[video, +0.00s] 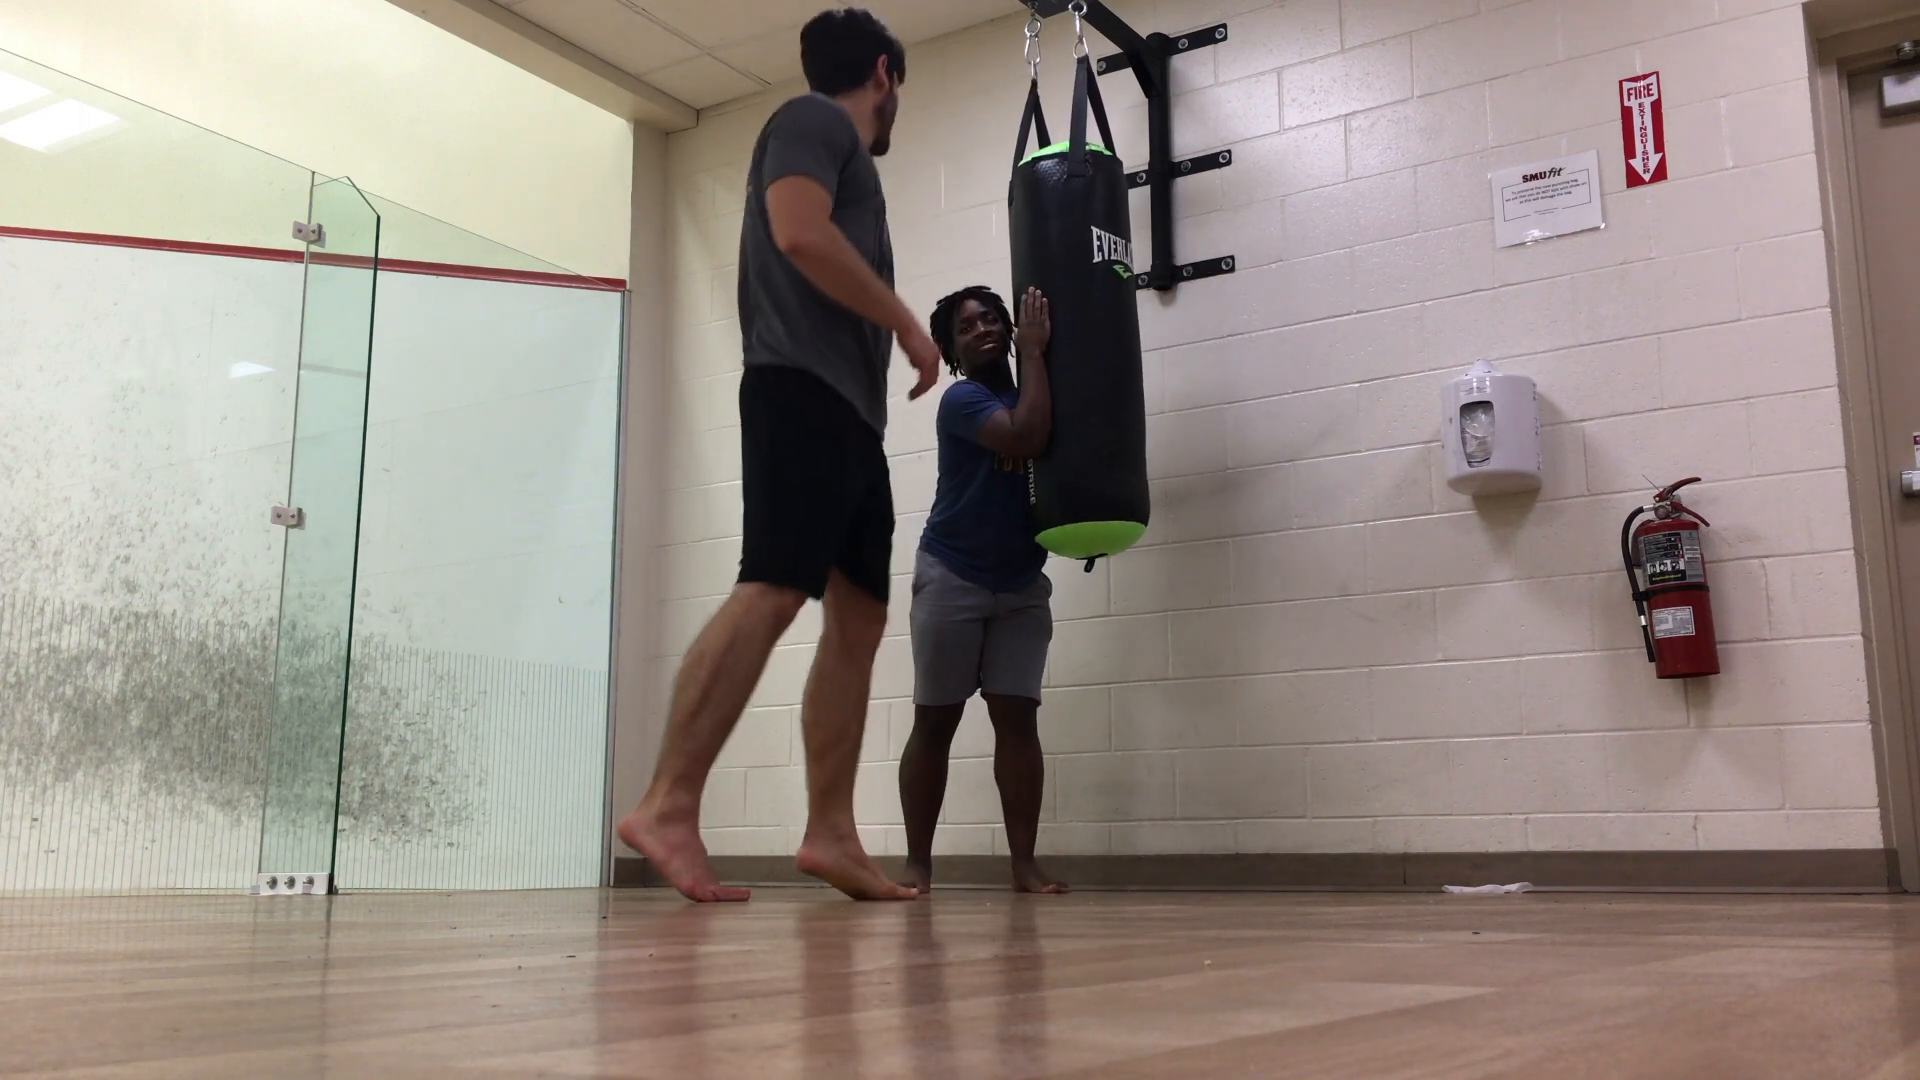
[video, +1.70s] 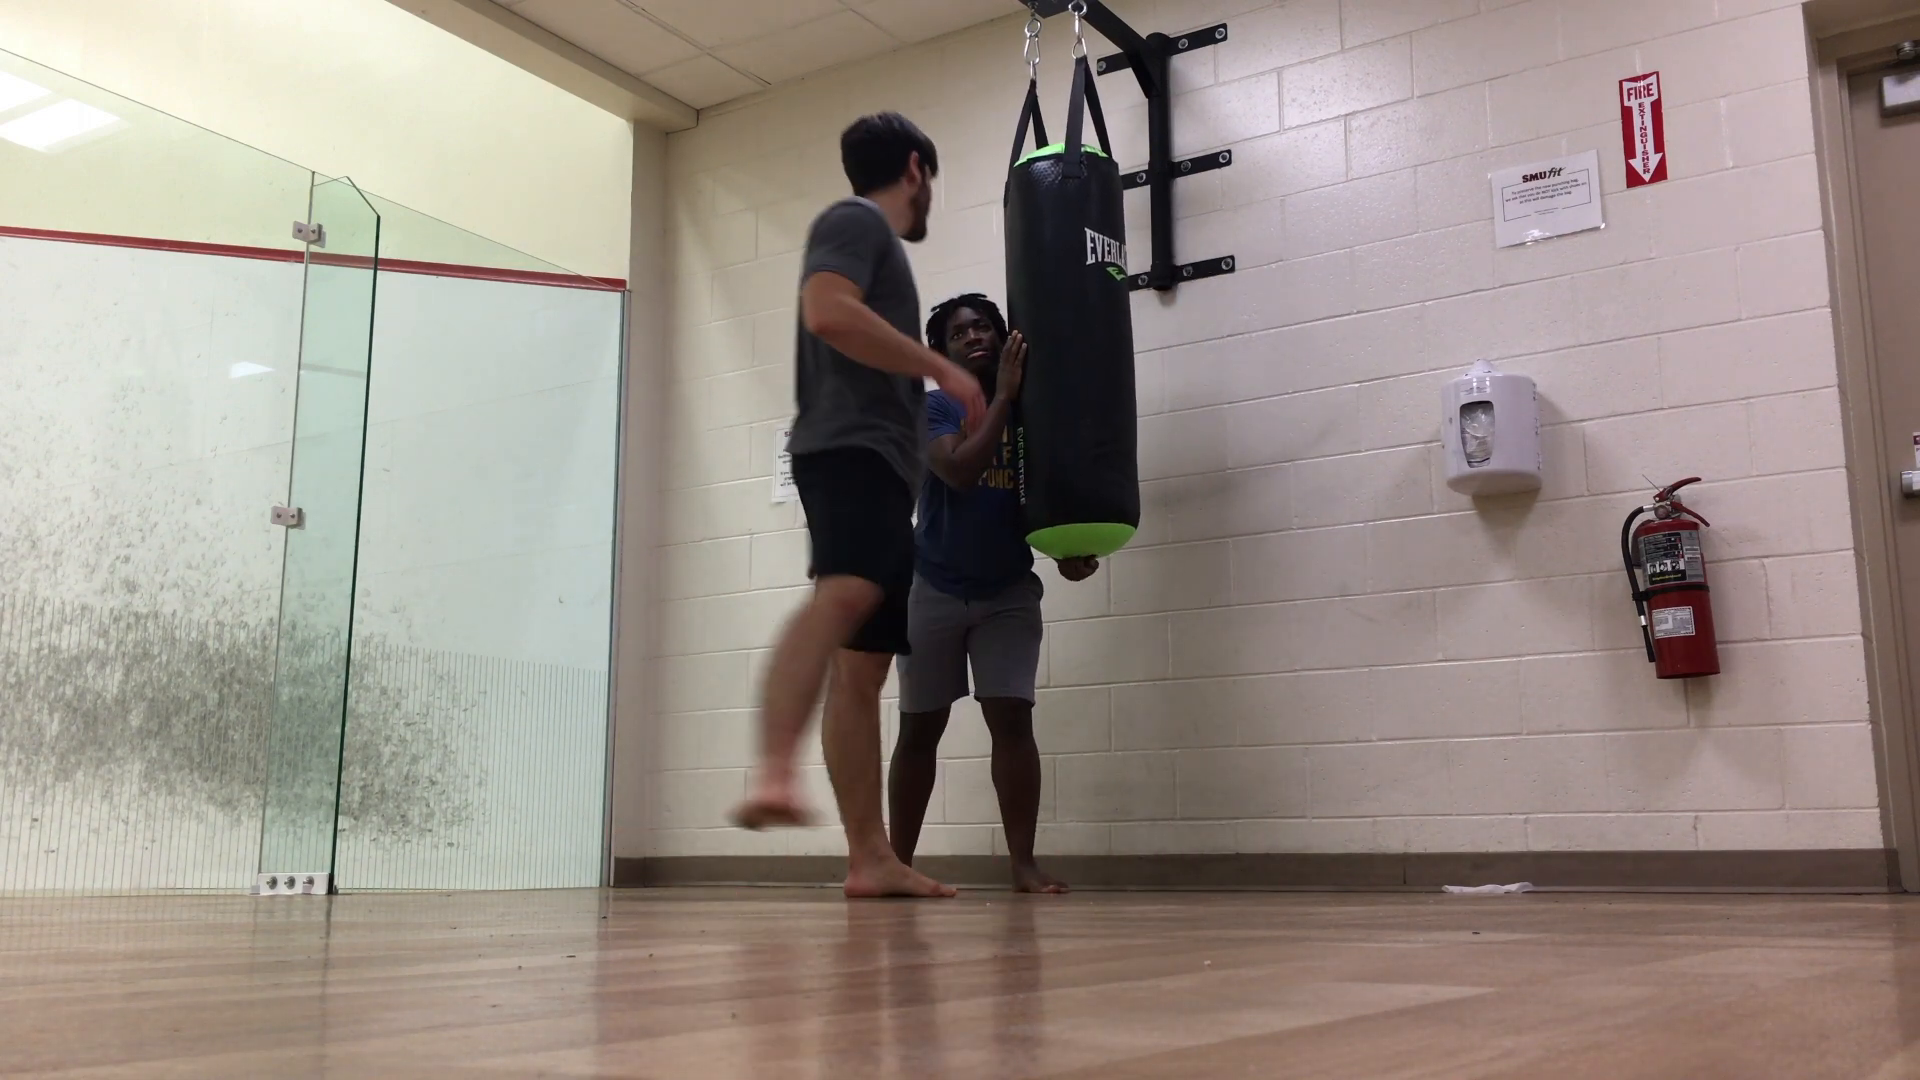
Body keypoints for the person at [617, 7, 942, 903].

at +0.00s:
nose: (896, 105)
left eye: (897, 90)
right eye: (897, 87)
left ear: (836, 73)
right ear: (880, 73)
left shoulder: (841, 161)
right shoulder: (812, 119)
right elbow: (798, 229)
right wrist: (902, 319)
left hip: (843, 406)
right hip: (795, 391)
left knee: (859, 611)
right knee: (774, 589)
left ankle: (831, 832)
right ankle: (665, 813)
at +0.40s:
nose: (911, 159)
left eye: (908, 148)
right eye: (913, 146)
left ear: (838, 146)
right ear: (903, 140)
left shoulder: (811, 220)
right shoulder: (879, 186)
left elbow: (831, 359)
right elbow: (874, 296)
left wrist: (926, 437)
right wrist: (919, 425)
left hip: (801, 441)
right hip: (836, 438)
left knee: (822, 649)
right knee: (818, 625)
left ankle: (862, 857)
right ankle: (693, 796)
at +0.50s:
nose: (923, 174)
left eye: (917, 164)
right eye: (922, 163)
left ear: (846, 168)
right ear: (911, 158)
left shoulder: (817, 237)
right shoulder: (897, 203)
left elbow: (817, 356)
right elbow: (893, 316)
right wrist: (930, 445)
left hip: (802, 450)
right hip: (863, 448)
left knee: (830, 653)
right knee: (903, 644)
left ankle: (863, 857)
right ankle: (756, 775)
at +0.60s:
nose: (935, 180)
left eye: (933, 169)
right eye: (934, 169)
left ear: (857, 175)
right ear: (924, 164)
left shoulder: (818, 249)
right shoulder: (915, 211)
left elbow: (797, 353)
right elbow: (909, 316)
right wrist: (949, 445)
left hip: (812, 463)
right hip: (888, 460)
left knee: (837, 651)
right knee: (945, 649)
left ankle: (860, 861)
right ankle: (840, 776)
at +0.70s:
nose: (950, 192)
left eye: (947, 181)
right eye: (949, 181)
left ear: (871, 182)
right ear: (940, 176)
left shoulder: (824, 259)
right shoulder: (930, 219)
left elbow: (798, 388)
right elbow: (926, 319)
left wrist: (855, 441)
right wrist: (971, 444)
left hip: (832, 472)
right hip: (917, 465)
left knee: (845, 659)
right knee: (960, 648)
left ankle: (862, 860)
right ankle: (926, 832)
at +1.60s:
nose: (945, 214)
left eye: (946, 201)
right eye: (945, 198)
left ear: (879, 189)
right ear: (927, 186)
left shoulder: (860, 243)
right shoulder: (893, 226)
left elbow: (856, 388)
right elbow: (857, 306)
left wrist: (932, 449)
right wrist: (945, 395)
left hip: (845, 465)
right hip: (869, 461)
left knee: (853, 657)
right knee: (893, 629)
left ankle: (870, 854)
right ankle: (894, 826)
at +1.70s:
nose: (933, 197)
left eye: (932, 183)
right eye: (931, 182)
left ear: (865, 172)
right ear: (914, 171)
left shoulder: (878, 253)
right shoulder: (856, 219)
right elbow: (828, 308)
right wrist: (940, 368)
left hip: (876, 463)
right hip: (846, 450)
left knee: (863, 665)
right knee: (847, 589)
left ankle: (871, 857)